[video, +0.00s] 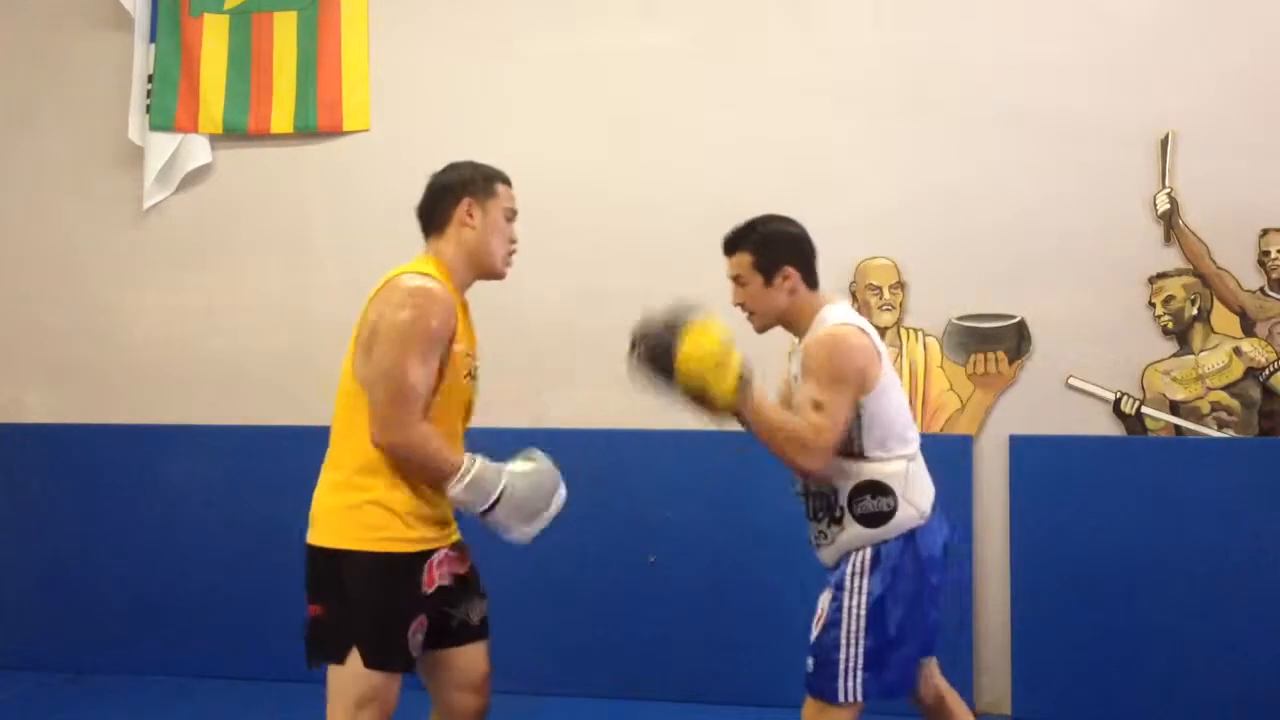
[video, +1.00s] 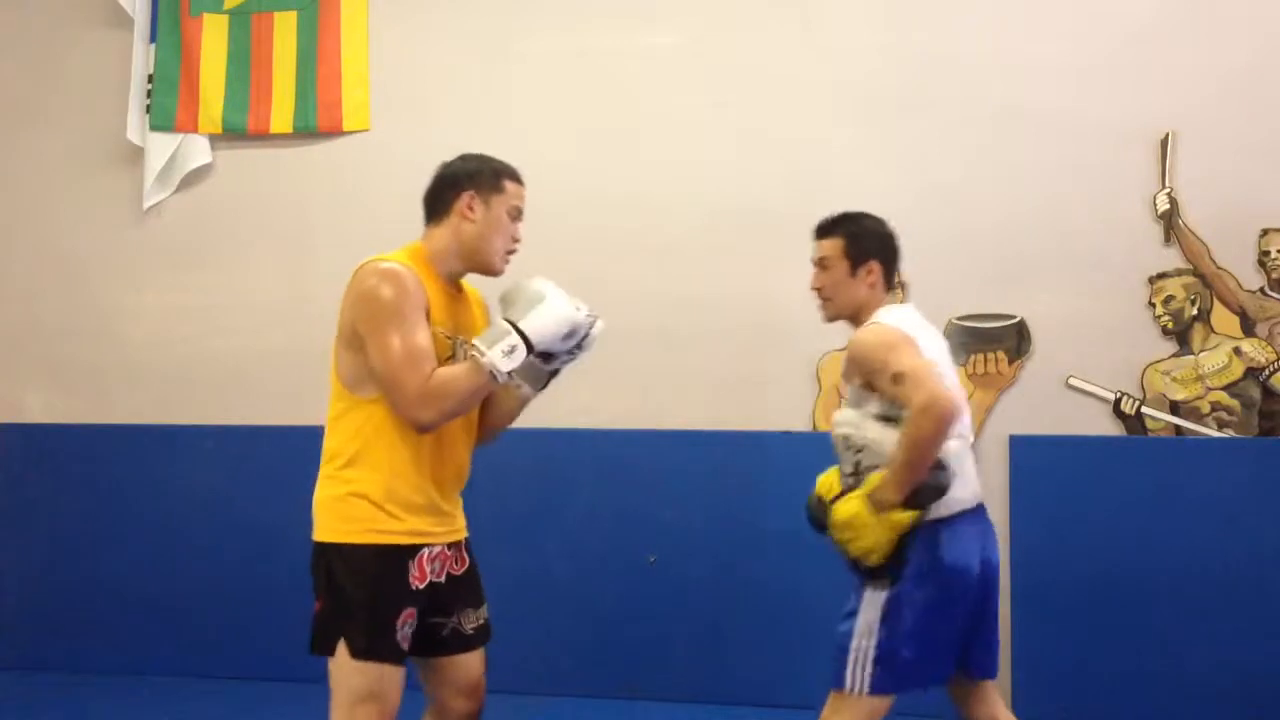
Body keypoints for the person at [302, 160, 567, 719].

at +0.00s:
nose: (516, 236)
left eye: (516, 220)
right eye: (508, 217)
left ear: (468, 218)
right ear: (467, 215)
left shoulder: (447, 303)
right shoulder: (418, 300)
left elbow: (427, 431)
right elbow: (398, 430)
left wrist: (490, 494)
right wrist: (491, 486)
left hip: (427, 533)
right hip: (369, 538)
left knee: (465, 693)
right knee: (362, 704)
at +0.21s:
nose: (517, 234)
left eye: (518, 218)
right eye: (509, 214)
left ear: (467, 215)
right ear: (466, 212)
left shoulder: (473, 313)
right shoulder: (411, 294)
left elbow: (483, 431)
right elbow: (452, 418)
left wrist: (569, 401)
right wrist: (565, 404)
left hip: (436, 527)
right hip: (367, 530)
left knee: (463, 697)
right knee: (356, 706)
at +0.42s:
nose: (513, 233)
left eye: (513, 218)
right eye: (504, 215)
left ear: (463, 216)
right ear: (460, 212)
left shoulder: (466, 316)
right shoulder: (389, 295)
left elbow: (443, 428)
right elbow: (374, 420)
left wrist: (516, 409)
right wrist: (482, 408)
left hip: (432, 534)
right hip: (361, 536)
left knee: (460, 698)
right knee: (352, 706)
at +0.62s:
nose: (491, 236)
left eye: (490, 220)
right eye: (481, 217)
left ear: (442, 217)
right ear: (439, 215)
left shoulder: (441, 315)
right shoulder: (363, 301)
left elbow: (424, 415)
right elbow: (364, 431)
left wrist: (488, 399)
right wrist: (464, 403)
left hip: (411, 538)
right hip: (341, 544)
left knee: (478, 686)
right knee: (333, 706)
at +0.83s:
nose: (494, 231)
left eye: (495, 215)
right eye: (487, 211)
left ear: (448, 211)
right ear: (442, 206)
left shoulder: (449, 306)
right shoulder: (370, 286)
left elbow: (455, 418)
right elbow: (409, 408)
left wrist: (517, 370)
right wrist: (497, 361)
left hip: (426, 532)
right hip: (354, 537)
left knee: (468, 692)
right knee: (340, 705)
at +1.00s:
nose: (519, 235)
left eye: (521, 220)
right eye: (512, 216)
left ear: (472, 212)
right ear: (468, 207)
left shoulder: (472, 307)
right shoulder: (386, 282)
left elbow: (476, 427)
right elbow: (421, 403)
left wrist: (538, 370)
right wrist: (512, 343)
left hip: (441, 530)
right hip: (366, 532)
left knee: (461, 697)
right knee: (366, 705)